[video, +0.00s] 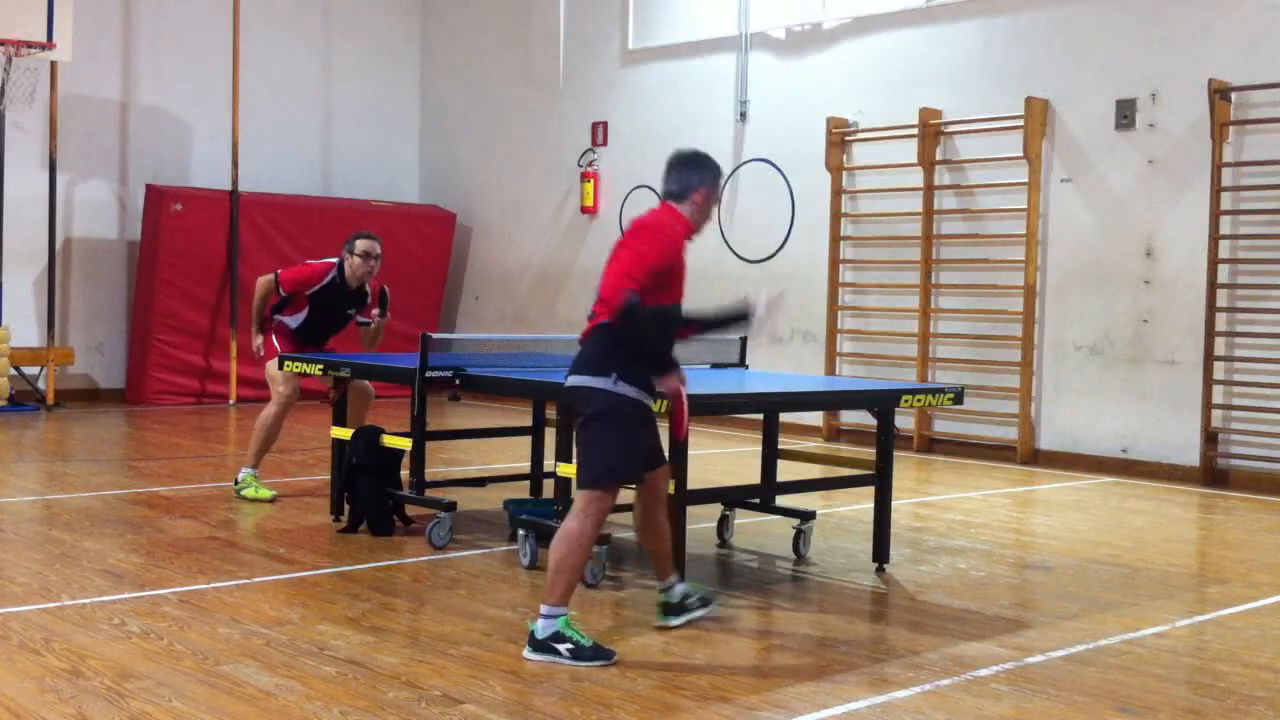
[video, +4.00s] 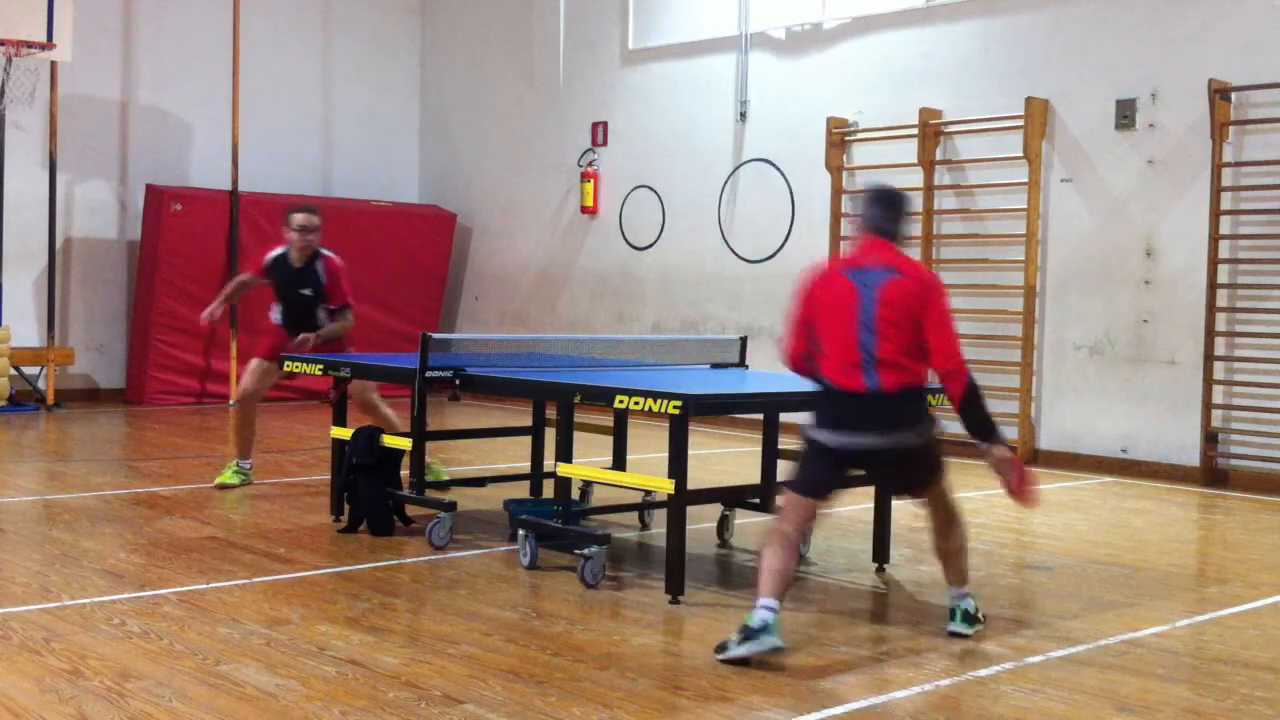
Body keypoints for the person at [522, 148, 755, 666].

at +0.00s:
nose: (715, 209)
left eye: (717, 199)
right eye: (716, 198)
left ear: (675, 190)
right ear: (702, 195)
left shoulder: (663, 232)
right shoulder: (660, 230)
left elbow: (656, 325)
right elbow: (617, 296)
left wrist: (736, 318)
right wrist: (659, 364)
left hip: (622, 387)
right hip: (605, 386)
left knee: (655, 479)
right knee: (592, 504)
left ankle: (673, 592)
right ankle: (547, 625)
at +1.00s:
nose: (741, 212)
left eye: (743, 205)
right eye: (748, 205)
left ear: (746, 211)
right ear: (788, 217)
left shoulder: (713, 257)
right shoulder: (806, 268)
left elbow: (676, 321)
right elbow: (848, 336)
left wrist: (640, 371)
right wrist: (882, 388)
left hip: (725, 404)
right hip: (788, 400)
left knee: (692, 494)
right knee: (843, 492)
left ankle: (664, 603)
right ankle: (906, 601)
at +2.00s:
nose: (956, 269)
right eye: (957, 261)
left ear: (912, 252)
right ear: (953, 261)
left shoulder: (872, 284)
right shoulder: (951, 301)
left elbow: (845, 352)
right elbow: (961, 390)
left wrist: (911, 389)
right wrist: (1007, 449)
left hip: (829, 418)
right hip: (897, 427)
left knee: (766, 517)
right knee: (932, 508)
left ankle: (709, 622)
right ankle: (951, 612)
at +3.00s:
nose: (879, 228)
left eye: (872, 220)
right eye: (879, 221)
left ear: (830, 217)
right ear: (876, 223)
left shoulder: (790, 264)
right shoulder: (869, 269)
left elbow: (782, 350)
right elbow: (882, 349)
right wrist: (936, 413)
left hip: (766, 422)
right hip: (836, 426)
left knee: (716, 515)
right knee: (910, 509)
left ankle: (647, 609)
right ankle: (937, 638)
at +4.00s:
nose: (856, 226)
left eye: (857, 219)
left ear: (858, 223)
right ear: (900, 227)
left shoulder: (823, 276)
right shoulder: (920, 281)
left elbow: (797, 355)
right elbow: (952, 371)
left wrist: (843, 375)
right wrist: (990, 441)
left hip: (836, 427)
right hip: (903, 428)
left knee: (791, 519)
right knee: (938, 502)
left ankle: (763, 618)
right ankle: (961, 604)